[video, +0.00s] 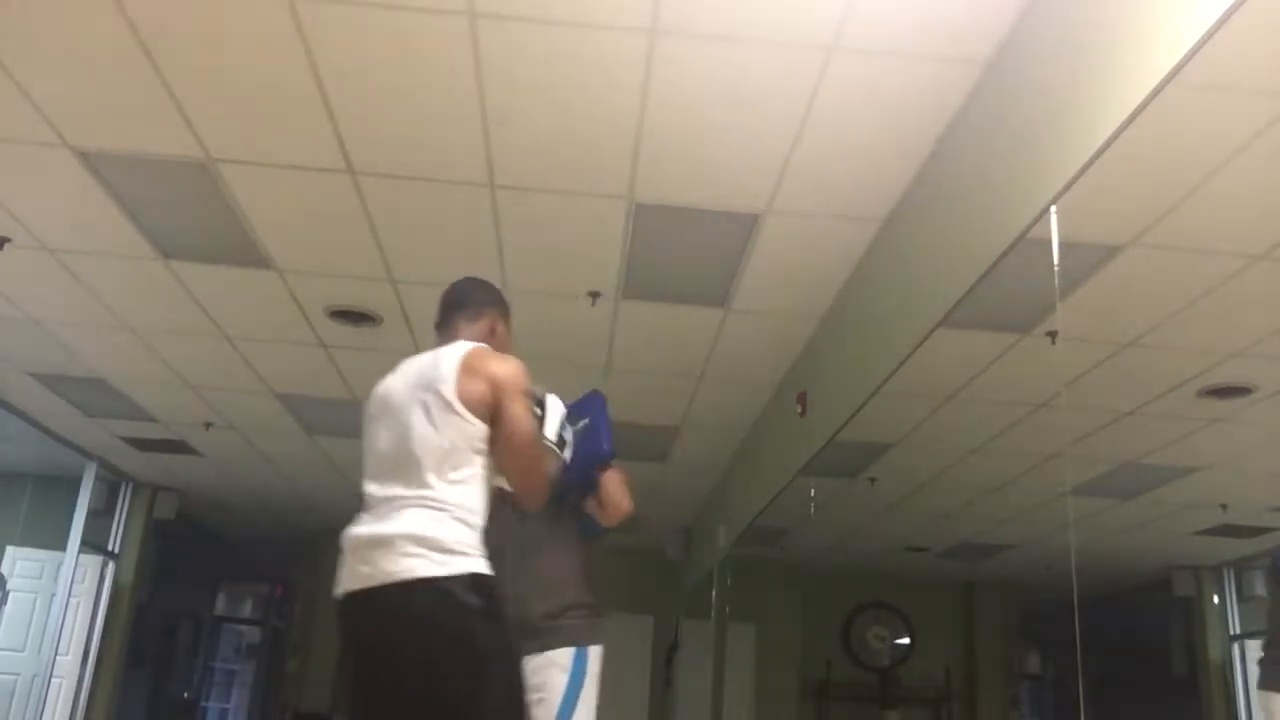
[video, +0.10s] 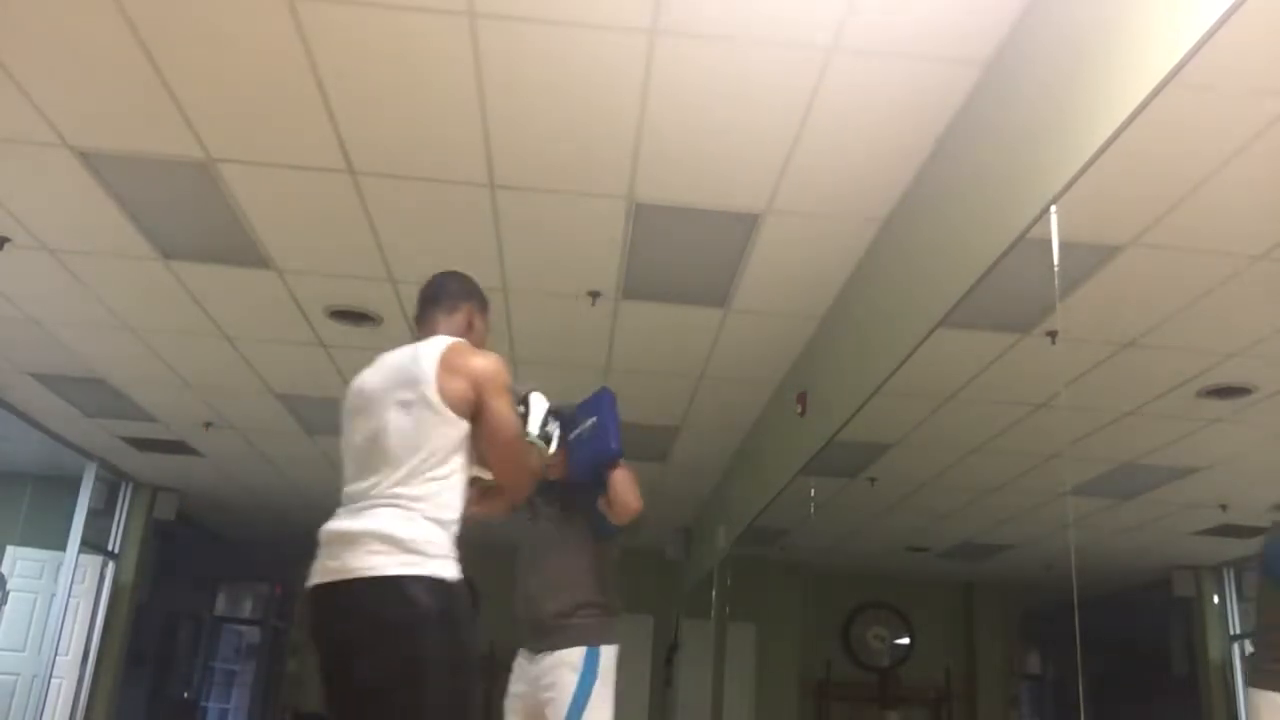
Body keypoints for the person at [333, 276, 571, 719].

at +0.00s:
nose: (507, 344)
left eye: (506, 333)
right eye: (506, 331)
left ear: (441, 328)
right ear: (495, 326)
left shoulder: (385, 387)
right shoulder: (497, 367)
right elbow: (532, 489)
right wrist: (541, 430)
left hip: (360, 591)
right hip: (440, 583)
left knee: (374, 711)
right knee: (490, 709)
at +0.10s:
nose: (484, 338)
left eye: (484, 327)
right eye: (484, 325)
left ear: (420, 320)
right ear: (473, 317)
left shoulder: (365, 379)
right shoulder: (476, 364)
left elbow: (408, 491)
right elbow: (516, 477)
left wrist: (512, 488)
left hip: (333, 586)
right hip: (411, 583)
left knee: (354, 711)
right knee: (440, 710)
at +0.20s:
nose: (462, 341)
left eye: (464, 330)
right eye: (464, 328)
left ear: (398, 321)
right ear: (451, 321)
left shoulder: (339, 384)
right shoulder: (456, 377)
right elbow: (491, 490)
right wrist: (516, 491)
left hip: (303, 597)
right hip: (376, 599)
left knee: (316, 712)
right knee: (375, 711)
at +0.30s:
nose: (444, 356)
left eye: (446, 344)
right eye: (445, 342)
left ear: (380, 327)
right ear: (430, 327)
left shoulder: (313, 393)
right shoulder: (425, 395)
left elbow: (304, 496)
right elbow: (450, 520)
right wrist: (505, 514)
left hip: (282, 597)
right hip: (344, 603)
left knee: (278, 712)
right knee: (339, 712)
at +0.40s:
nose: (433, 355)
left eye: (436, 342)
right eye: (435, 340)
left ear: (369, 328)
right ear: (417, 329)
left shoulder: (302, 389)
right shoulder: (395, 395)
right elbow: (399, 522)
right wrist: (440, 494)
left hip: (263, 588)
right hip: (316, 595)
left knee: (274, 710)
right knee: (336, 711)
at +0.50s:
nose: (425, 348)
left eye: (429, 335)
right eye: (427, 331)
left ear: (368, 316)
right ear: (404, 316)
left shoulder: (311, 373)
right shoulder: (379, 375)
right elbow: (400, 502)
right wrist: (432, 458)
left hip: (262, 575)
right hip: (301, 583)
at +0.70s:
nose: (401, 359)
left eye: (404, 346)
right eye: (400, 342)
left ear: (366, 330)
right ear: (371, 328)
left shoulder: (305, 382)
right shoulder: (344, 375)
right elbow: (403, 484)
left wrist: (396, 499)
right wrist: (446, 465)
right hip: (287, 591)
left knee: (357, 704)